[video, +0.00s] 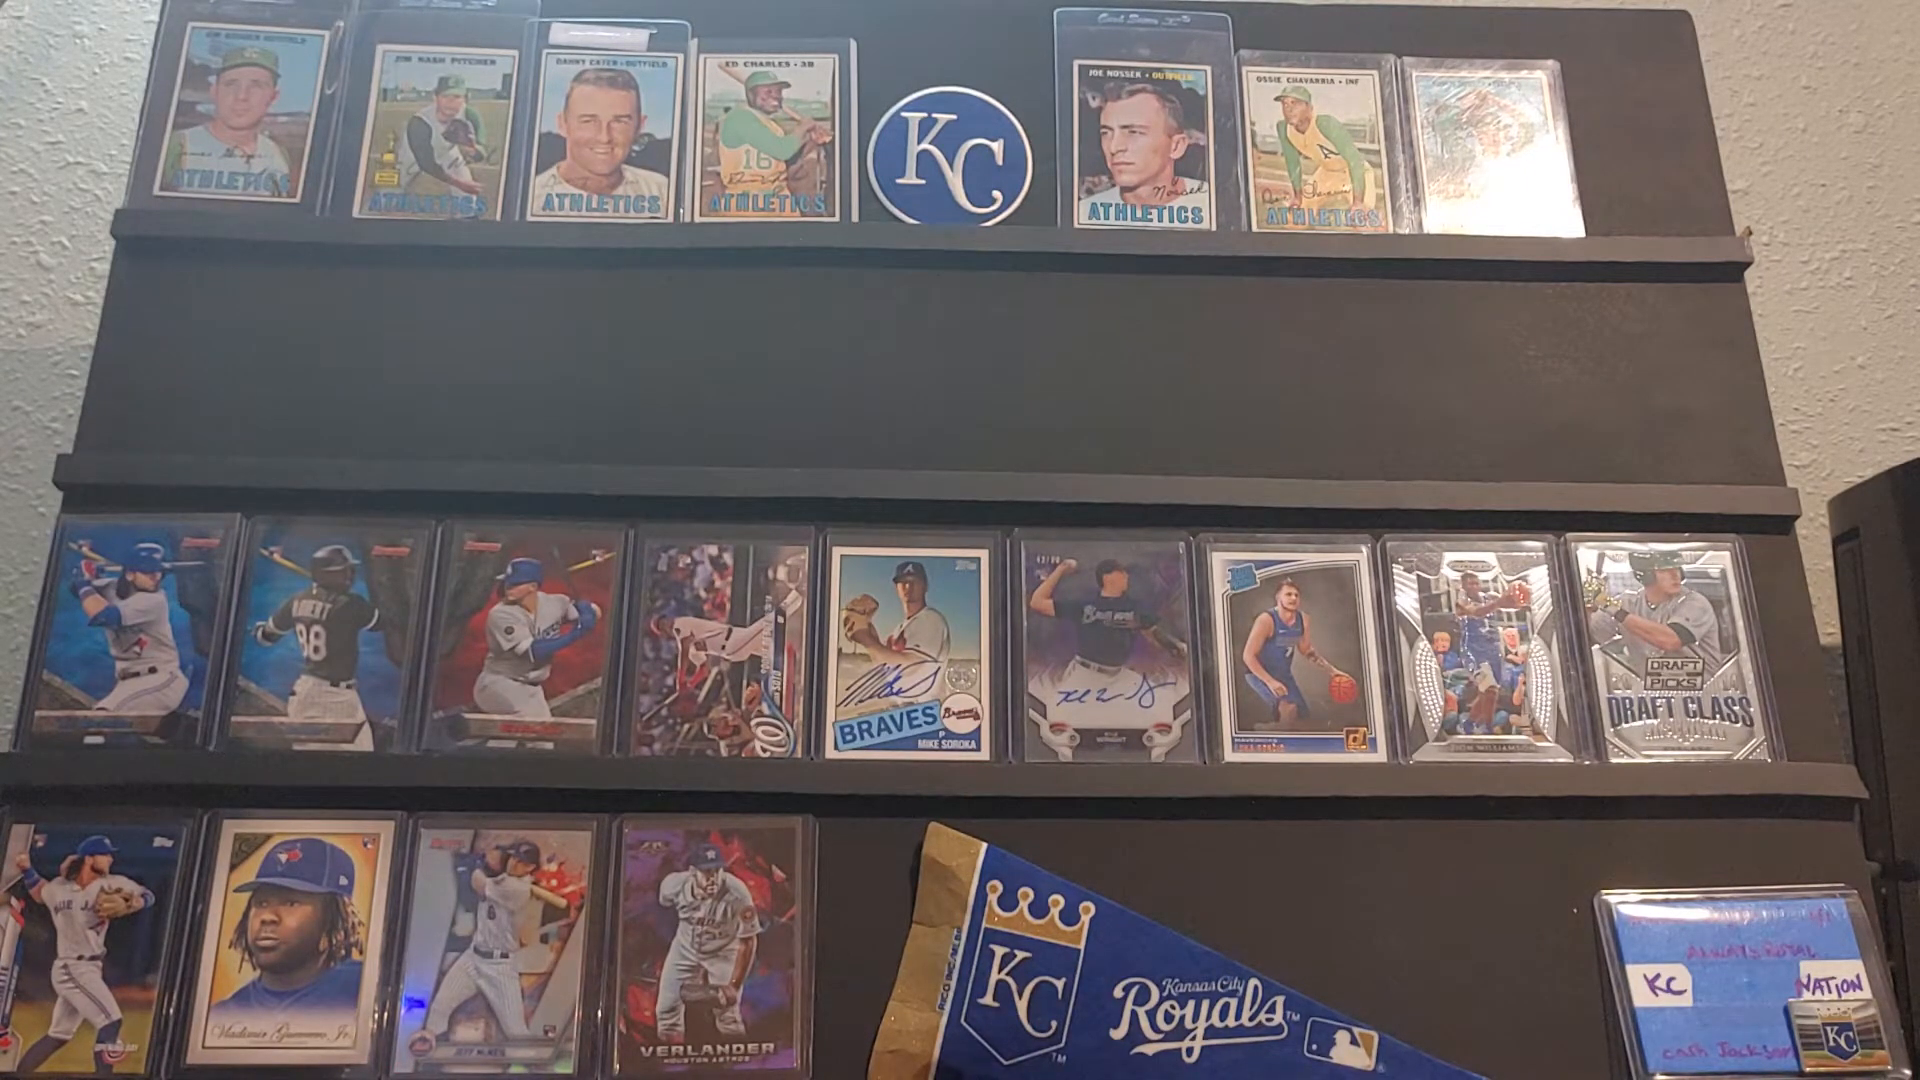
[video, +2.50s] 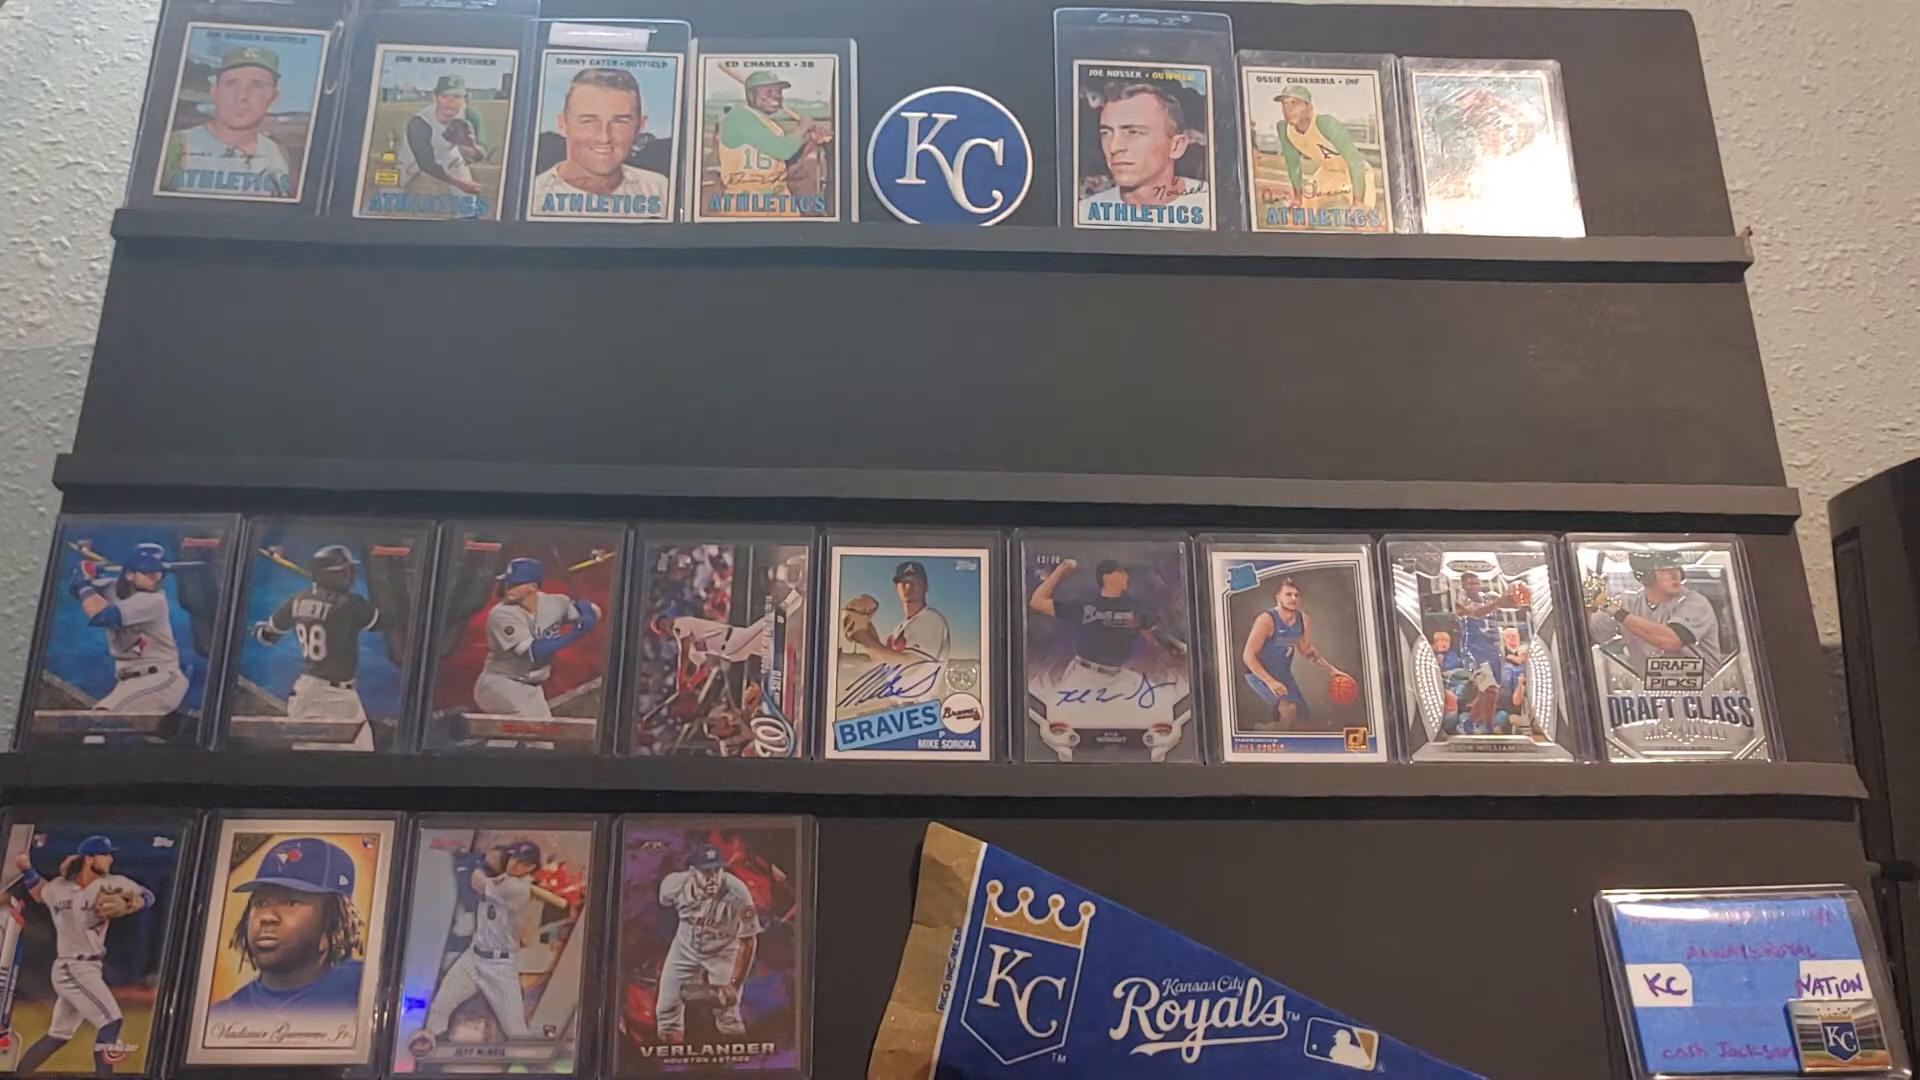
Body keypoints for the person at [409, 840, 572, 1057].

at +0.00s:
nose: (514, 863)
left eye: (521, 861)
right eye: (514, 858)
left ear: (530, 868)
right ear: (510, 859)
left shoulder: (518, 889)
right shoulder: (502, 879)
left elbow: (478, 883)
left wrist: (480, 867)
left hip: (500, 965)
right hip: (473, 958)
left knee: (516, 1030)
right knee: (439, 1007)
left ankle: (536, 1069)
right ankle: (424, 1065)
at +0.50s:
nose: (514, 863)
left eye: (521, 861)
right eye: (514, 859)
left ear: (531, 868)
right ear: (510, 859)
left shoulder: (518, 889)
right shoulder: (502, 879)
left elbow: (478, 883)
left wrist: (480, 866)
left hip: (500, 965)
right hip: (473, 958)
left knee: (516, 1031)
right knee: (439, 1007)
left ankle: (534, 1070)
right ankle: (423, 1065)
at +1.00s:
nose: (515, 863)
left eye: (522, 861)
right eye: (514, 858)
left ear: (531, 868)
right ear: (509, 858)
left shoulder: (519, 889)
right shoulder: (500, 879)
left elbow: (477, 881)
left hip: (502, 966)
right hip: (473, 959)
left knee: (514, 1029)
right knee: (440, 1004)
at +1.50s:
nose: (514, 863)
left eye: (521, 861)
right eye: (514, 858)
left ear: (531, 868)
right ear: (509, 858)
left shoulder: (519, 889)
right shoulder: (499, 879)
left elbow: (477, 881)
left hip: (502, 965)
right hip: (473, 958)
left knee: (515, 1029)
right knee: (440, 1005)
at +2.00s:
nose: (515, 864)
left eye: (522, 862)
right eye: (514, 858)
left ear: (531, 869)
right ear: (509, 858)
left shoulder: (518, 889)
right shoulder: (500, 879)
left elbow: (477, 881)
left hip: (501, 966)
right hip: (472, 958)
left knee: (515, 1030)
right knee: (440, 1005)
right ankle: (424, 1065)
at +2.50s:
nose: (515, 864)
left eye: (522, 862)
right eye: (514, 858)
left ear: (531, 869)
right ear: (509, 858)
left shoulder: (518, 889)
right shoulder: (503, 879)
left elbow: (478, 882)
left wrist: (481, 867)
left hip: (500, 965)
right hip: (473, 957)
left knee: (515, 1030)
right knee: (440, 1006)